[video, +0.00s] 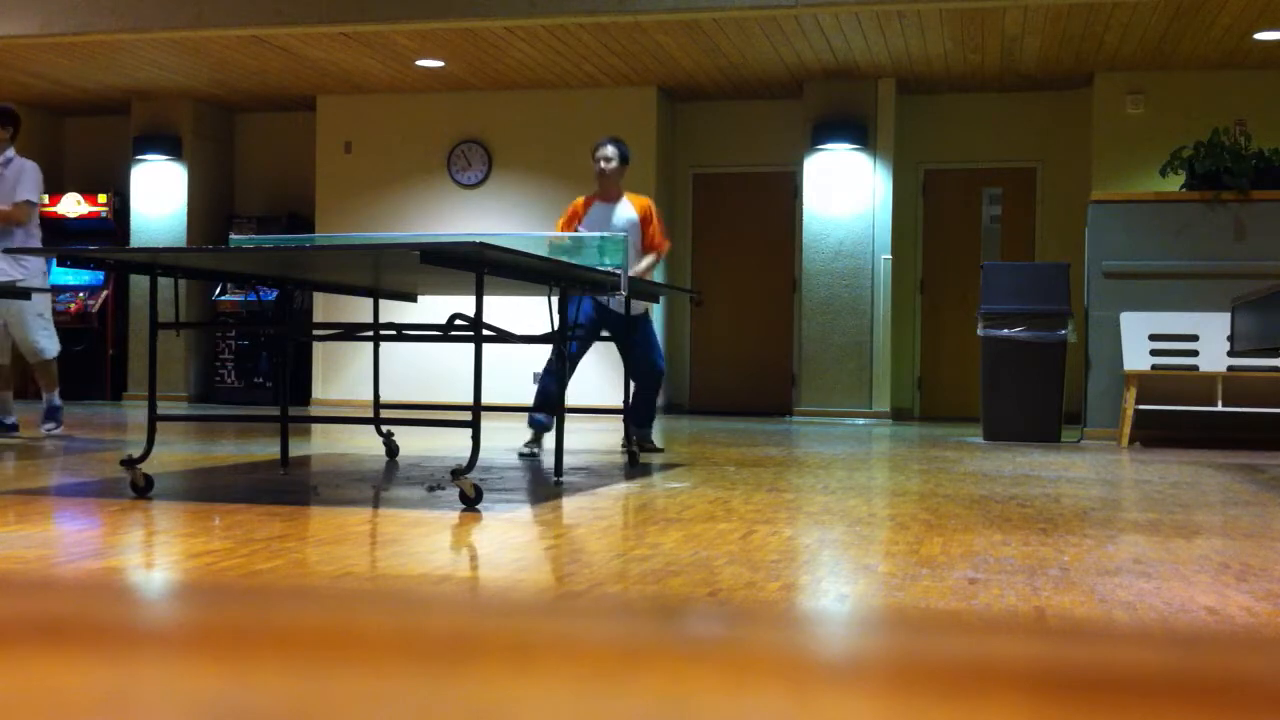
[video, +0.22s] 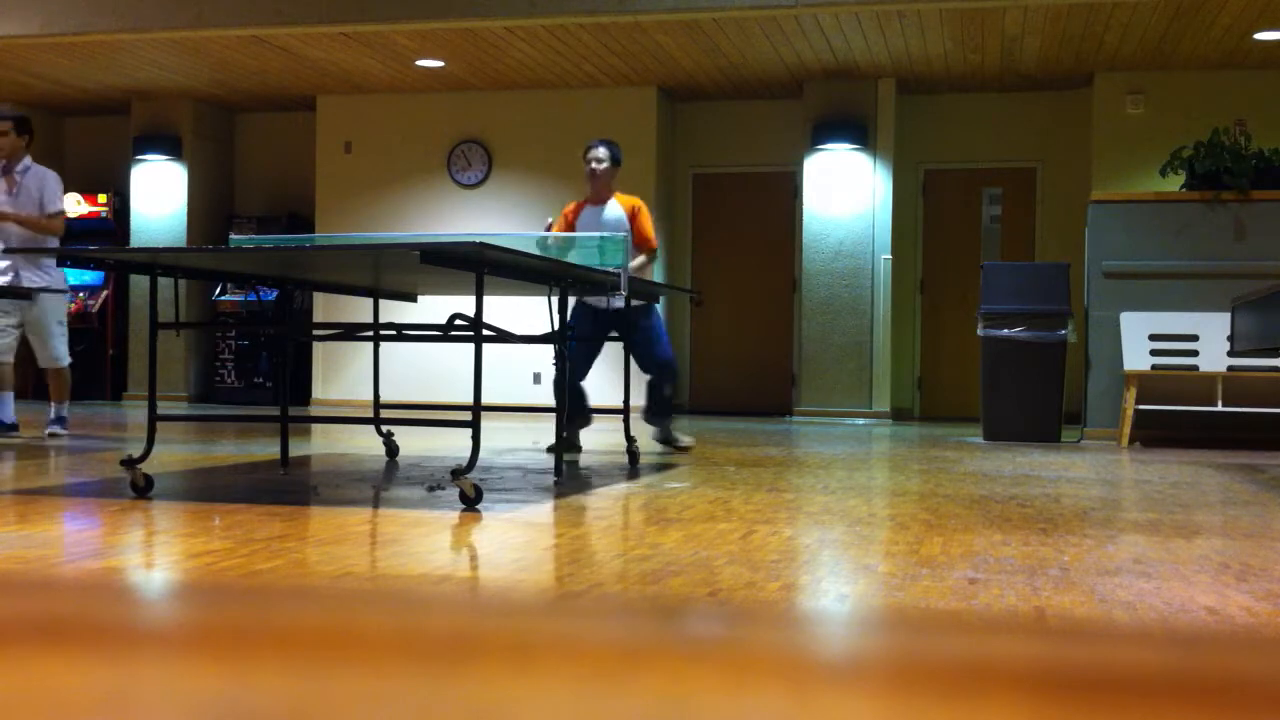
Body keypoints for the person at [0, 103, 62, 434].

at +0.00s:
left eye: (1, 129)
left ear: (9, 132)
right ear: (7, 132)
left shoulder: (25, 168)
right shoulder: (9, 170)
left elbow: (21, 215)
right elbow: (19, 214)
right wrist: (9, 212)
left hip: (23, 271)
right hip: (3, 272)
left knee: (35, 343)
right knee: (2, 350)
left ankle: (52, 403)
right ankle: (6, 415)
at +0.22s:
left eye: (4, 134)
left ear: (23, 139)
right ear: (4, 140)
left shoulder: (45, 178)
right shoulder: (1, 179)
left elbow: (57, 227)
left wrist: (11, 217)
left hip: (44, 282)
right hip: (5, 280)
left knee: (54, 357)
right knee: (2, 356)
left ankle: (59, 418)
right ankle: (6, 418)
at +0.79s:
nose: (12, 147)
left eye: (18, 141)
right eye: (8, 141)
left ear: (37, 144)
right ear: (4, 144)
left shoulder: (60, 182)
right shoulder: (1, 181)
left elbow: (80, 227)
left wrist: (45, 230)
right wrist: (8, 253)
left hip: (53, 281)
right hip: (9, 280)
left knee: (63, 350)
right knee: (1, 352)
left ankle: (61, 415)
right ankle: (0, 413)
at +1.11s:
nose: (36, 165)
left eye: (43, 160)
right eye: (32, 159)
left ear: (60, 164)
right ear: (28, 162)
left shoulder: (79, 196)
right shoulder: (15, 197)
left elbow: (90, 230)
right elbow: (1, 230)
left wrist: (90, 253)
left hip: (73, 291)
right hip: (25, 292)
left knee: (88, 350)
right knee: (6, 350)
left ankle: (94, 415)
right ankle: (1, 412)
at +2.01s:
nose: (1, 151)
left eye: (4, 145)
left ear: (23, 146)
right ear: (6, 149)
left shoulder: (58, 181)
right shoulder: (3, 191)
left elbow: (88, 224)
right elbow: (6, 240)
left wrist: (53, 243)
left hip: (65, 284)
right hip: (20, 284)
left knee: (85, 353)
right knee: (2, 352)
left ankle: (94, 416)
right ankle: (0, 416)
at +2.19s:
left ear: (5, 142)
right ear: (4, 142)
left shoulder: (38, 177)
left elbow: (68, 218)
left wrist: (29, 243)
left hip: (49, 283)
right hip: (7, 283)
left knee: (75, 351)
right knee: (2, 358)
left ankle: (90, 413)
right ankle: (3, 423)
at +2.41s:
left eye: (0, 132)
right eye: (0, 133)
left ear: (5, 135)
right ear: (5, 136)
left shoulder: (29, 171)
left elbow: (58, 213)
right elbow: (54, 213)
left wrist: (19, 234)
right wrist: (20, 236)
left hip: (37, 274)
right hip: (4, 276)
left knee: (59, 346)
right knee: (1, 356)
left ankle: (76, 408)